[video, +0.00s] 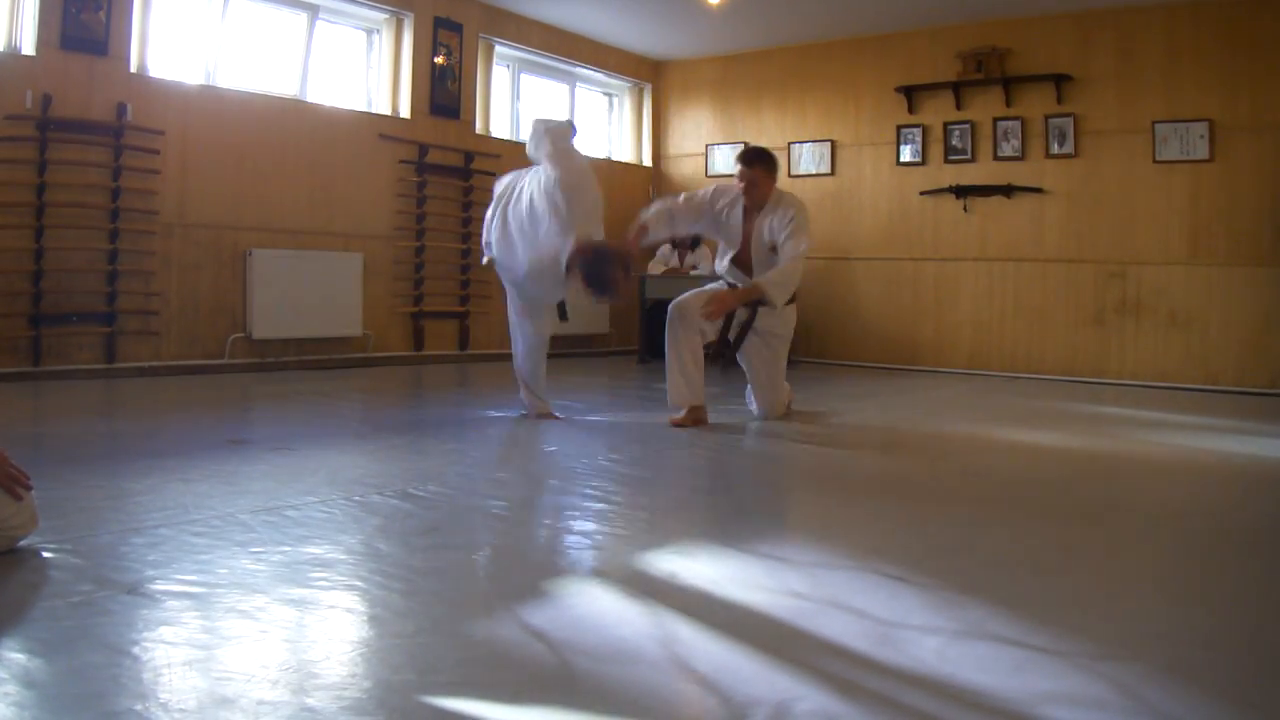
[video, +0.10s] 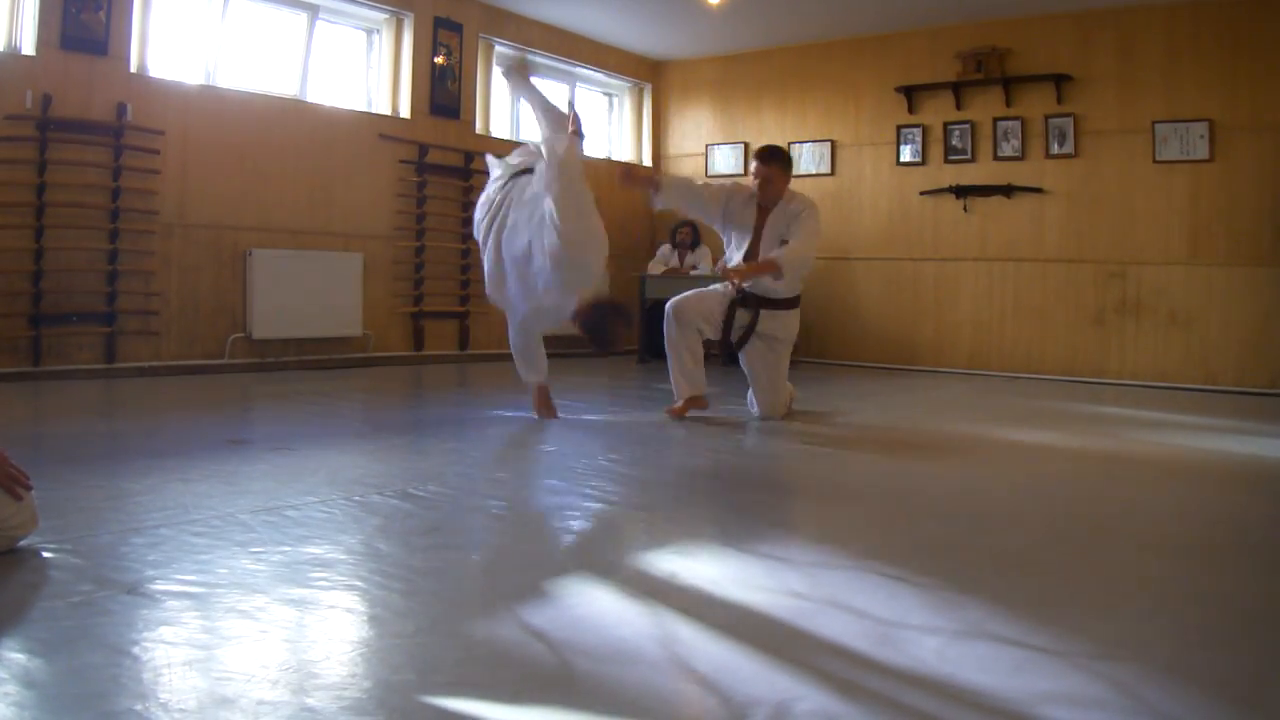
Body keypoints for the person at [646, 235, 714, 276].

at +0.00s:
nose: (682, 240)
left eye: (686, 237)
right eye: (679, 237)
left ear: (693, 236)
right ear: (674, 237)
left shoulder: (702, 250)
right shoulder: (666, 249)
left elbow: (706, 272)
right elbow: (652, 268)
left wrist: (684, 273)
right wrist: (671, 272)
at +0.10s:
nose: (682, 237)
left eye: (687, 234)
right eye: (680, 233)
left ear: (693, 237)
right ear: (675, 235)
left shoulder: (702, 251)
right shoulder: (666, 249)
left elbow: (705, 272)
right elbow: (652, 268)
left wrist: (683, 273)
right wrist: (671, 272)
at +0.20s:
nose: (682, 237)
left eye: (687, 234)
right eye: (680, 233)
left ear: (693, 236)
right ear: (674, 235)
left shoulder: (702, 250)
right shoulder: (666, 249)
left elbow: (705, 271)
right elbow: (652, 268)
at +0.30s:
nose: (682, 237)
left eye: (687, 235)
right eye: (679, 233)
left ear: (693, 237)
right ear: (674, 235)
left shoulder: (702, 251)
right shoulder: (666, 249)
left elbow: (706, 271)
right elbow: (651, 268)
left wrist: (684, 273)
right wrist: (673, 272)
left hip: (694, 291)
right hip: (668, 289)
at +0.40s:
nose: (682, 238)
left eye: (687, 235)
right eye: (679, 234)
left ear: (693, 237)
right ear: (674, 235)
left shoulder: (702, 251)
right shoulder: (666, 249)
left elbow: (706, 272)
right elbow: (651, 268)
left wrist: (685, 273)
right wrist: (673, 272)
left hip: (693, 290)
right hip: (667, 289)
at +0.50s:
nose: (681, 240)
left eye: (685, 237)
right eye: (678, 236)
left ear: (692, 238)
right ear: (673, 237)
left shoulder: (702, 251)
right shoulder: (666, 250)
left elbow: (706, 271)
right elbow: (651, 268)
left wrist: (684, 273)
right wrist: (671, 272)